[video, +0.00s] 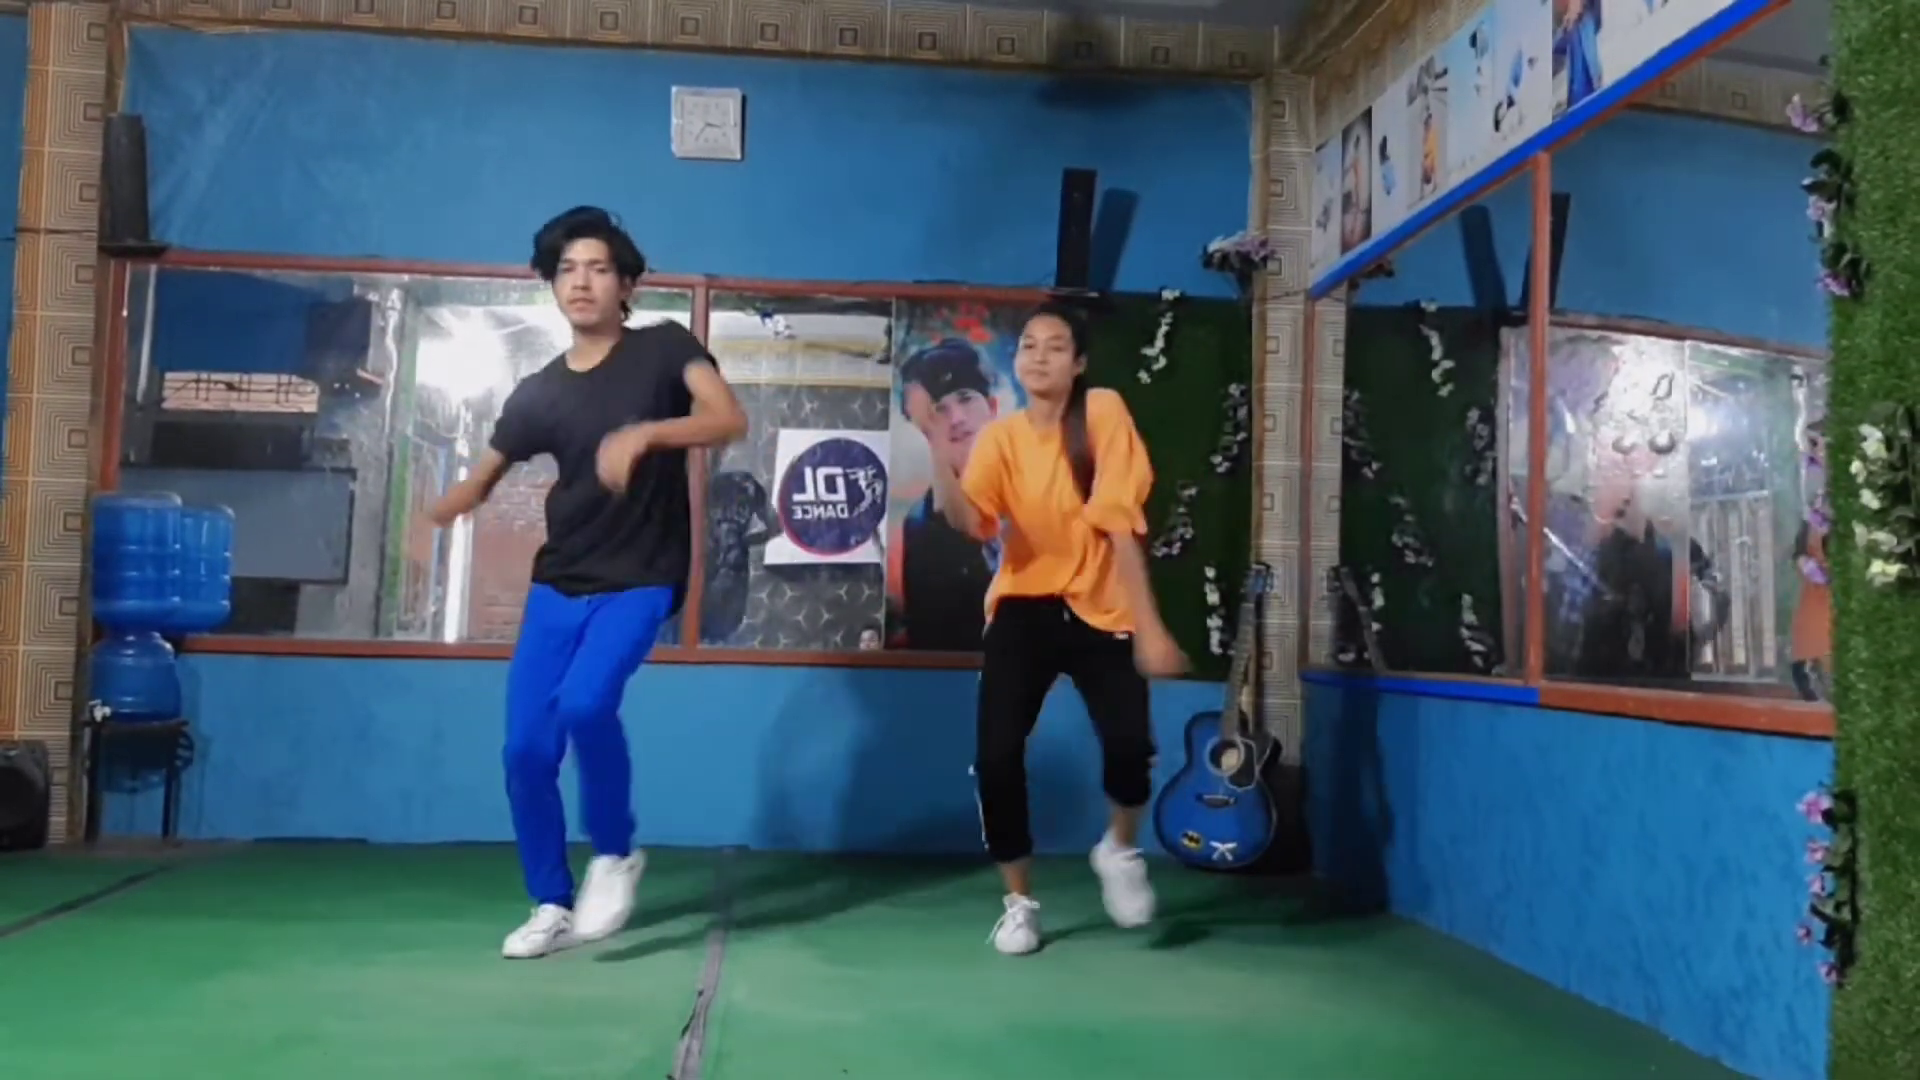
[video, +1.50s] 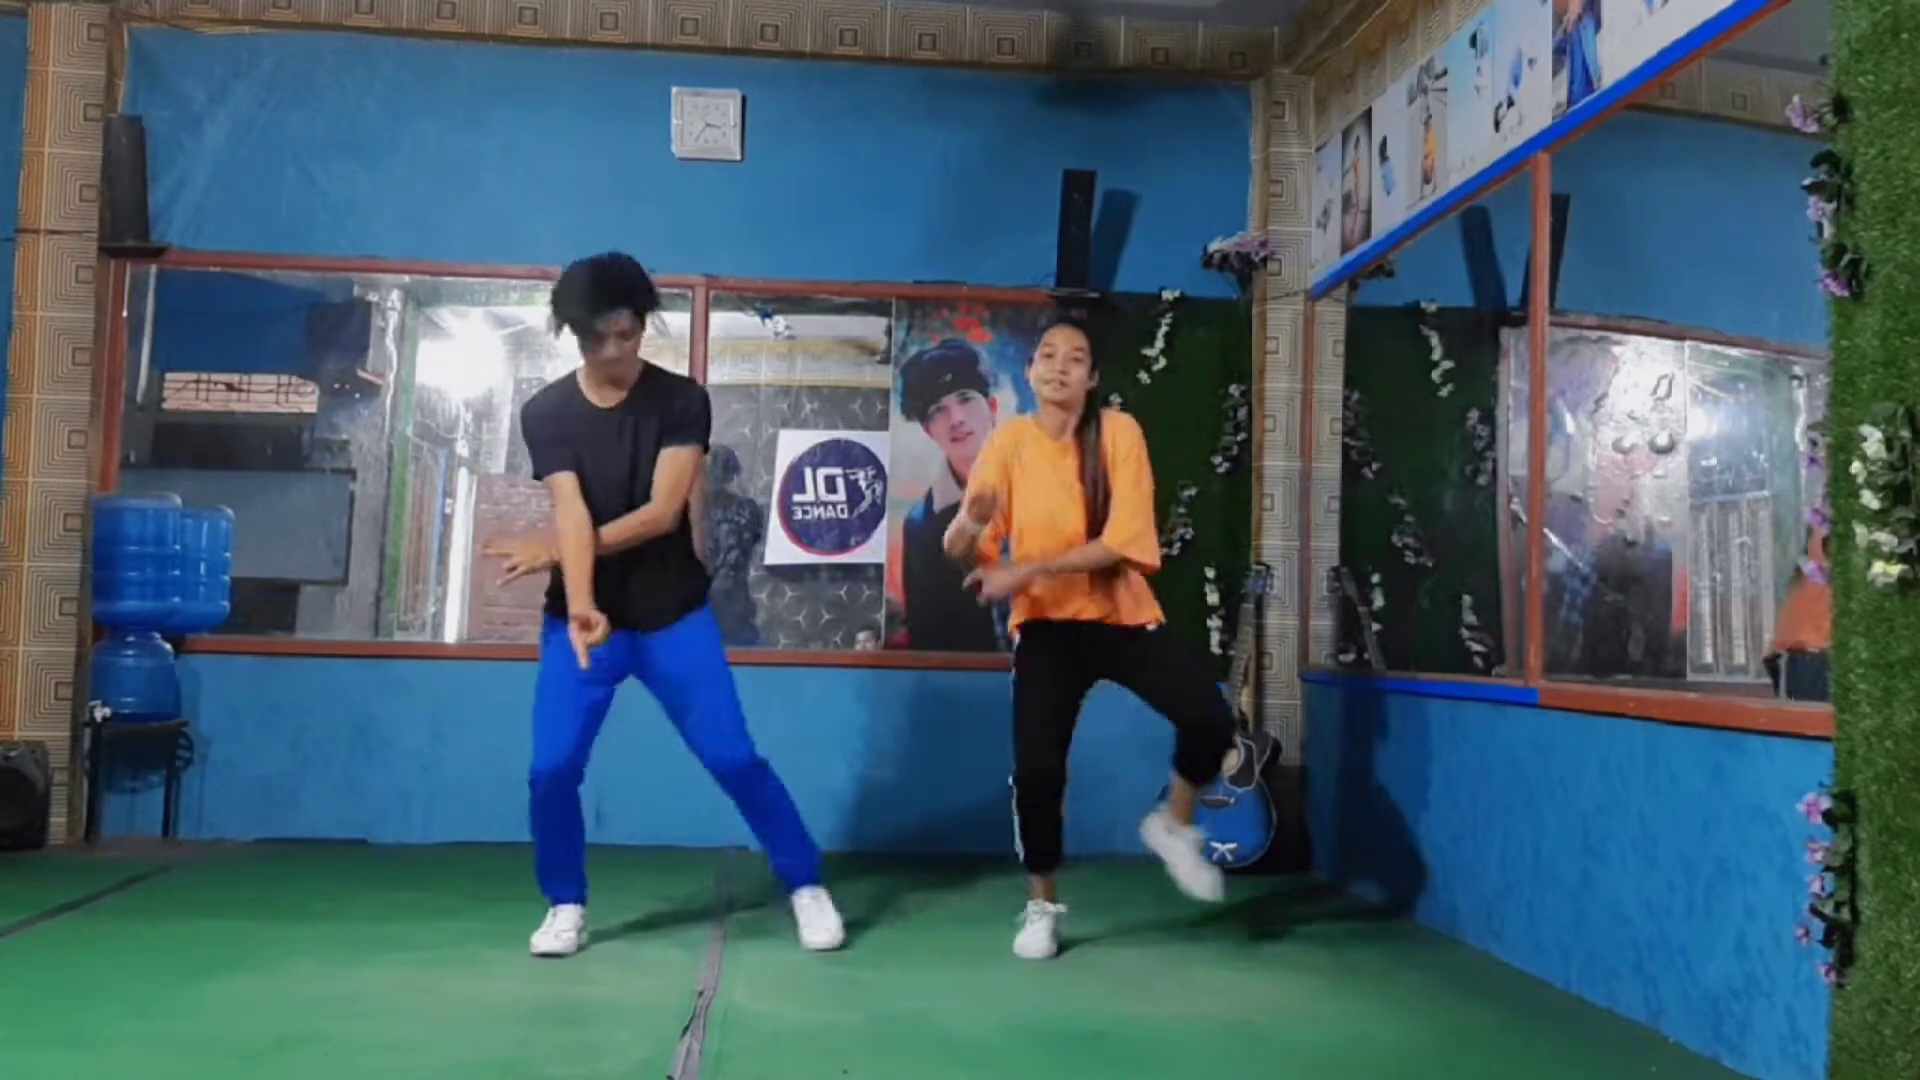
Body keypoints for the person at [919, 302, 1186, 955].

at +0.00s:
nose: (1039, 356)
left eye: (1053, 347)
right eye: (1029, 346)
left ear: (1078, 362)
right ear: (1016, 361)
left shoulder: (1102, 411)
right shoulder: (1000, 434)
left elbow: (1123, 525)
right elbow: (973, 525)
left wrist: (1148, 626)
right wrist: (940, 453)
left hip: (1102, 603)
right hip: (1023, 607)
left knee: (1131, 743)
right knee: (996, 754)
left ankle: (1121, 850)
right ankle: (1018, 900)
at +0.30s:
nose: (1046, 365)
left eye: (1059, 353)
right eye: (1035, 352)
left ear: (1081, 363)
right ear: (1020, 362)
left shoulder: (1112, 433)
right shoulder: (994, 431)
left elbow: (1148, 535)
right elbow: (937, 516)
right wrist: (997, 484)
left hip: (1102, 607)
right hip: (1027, 611)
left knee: (1148, 759)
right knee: (1066, 775)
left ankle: (1157, 869)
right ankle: (1029, 903)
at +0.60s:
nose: (1113, 382)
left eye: (1122, 369)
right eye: (1098, 370)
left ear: (1134, 377)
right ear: (1070, 378)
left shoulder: (1145, 457)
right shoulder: (1035, 435)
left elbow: (1193, 547)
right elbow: (945, 464)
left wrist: (1244, 475)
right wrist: (867, 488)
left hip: (1114, 640)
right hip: (1035, 629)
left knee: (1131, 792)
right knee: (961, 767)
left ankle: (1072, 907)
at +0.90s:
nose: (1117, 385)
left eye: (1127, 373)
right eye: (1103, 374)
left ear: (1141, 379)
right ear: (1078, 382)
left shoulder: (1158, 453)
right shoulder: (1059, 420)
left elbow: (1173, 550)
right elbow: (993, 455)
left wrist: (1135, 469)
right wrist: (1061, 498)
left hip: (1112, 617)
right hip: (1040, 612)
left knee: (1121, 784)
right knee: (1053, 783)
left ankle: (1074, 907)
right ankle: (1014, 885)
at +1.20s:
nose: (1094, 350)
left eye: (1107, 340)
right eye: (1082, 337)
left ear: (1122, 354)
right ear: (1060, 347)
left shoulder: (1144, 408)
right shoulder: (1033, 413)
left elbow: (1149, 499)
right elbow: (997, 506)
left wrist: (1055, 517)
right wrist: (1038, 437)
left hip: (1117, 593)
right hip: (1044, 589)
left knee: (1108, 753)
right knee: (1048, 737)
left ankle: (1077, 901)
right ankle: (1048, 891)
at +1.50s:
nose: (1060, 369)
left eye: (1074, 360)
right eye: (1049, 358)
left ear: (1093, 376)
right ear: (1030, 371)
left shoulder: (1118, 433)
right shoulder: (1009, 440)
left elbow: (1121, 544)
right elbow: (958, 551)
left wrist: (1025, 571)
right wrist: (967, 526)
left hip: (1126, 621)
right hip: (1049, 628)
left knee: (1210, 720)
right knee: (1036, 770)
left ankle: (1173, 823)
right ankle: (1042, 903)